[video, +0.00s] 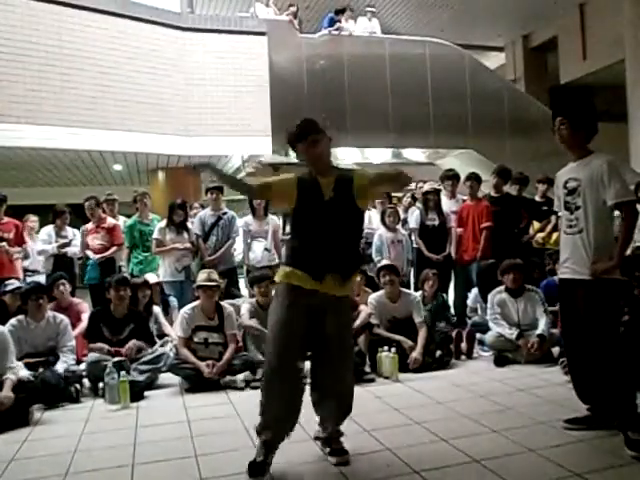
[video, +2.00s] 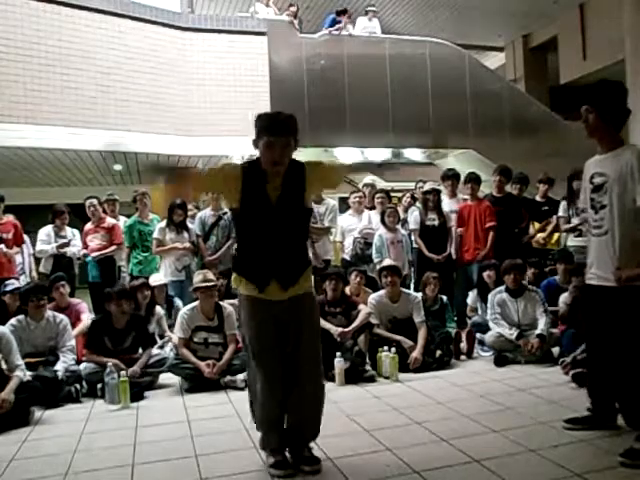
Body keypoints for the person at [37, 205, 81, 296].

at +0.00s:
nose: (65, 222)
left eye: (67, 219)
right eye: (63, 219)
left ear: (69, 219)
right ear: (56, 219)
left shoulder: (74, 232)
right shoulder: (46, 231)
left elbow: (79, 250)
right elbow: (39, 249)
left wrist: (66, 251)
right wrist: (56, 248)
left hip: (69, 266)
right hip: (52, 266)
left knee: (69, 295)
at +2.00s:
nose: (64, 222)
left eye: (65, 219)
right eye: (61, 219)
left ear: (68, 219)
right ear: (54, 219)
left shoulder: (74, 232)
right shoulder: (45, 231)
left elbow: (78, 250)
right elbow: (38, 251)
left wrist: (66, 251)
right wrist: (55, 248)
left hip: (69, 271)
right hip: (49, 271)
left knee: (69, 300)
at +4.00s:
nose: (68, 225)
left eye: (70, 222)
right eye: (65, 222)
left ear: (72, 221)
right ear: (59, 222)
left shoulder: (78, 235)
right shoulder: (49, 233)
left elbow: (81, 252)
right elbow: (43, 252)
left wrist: (69, 254)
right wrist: (59, 250)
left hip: (73, 269)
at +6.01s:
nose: (67, 220)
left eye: (69, 217)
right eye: (63, 217)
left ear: (72, 219)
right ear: (58, 220)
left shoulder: (79, 233)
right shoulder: (50, 233)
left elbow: (82, 254)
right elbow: (47, 252)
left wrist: (68, 252)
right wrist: (66, 248)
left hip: (73, 265)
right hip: (56, 265)